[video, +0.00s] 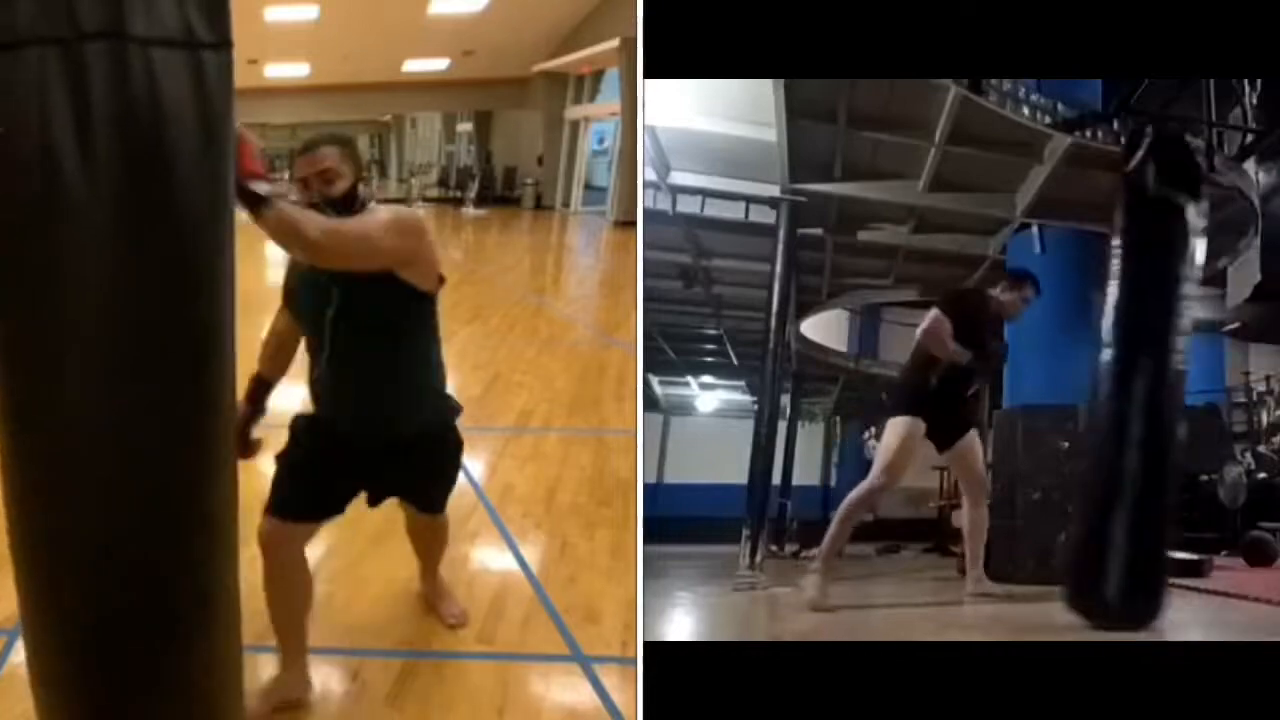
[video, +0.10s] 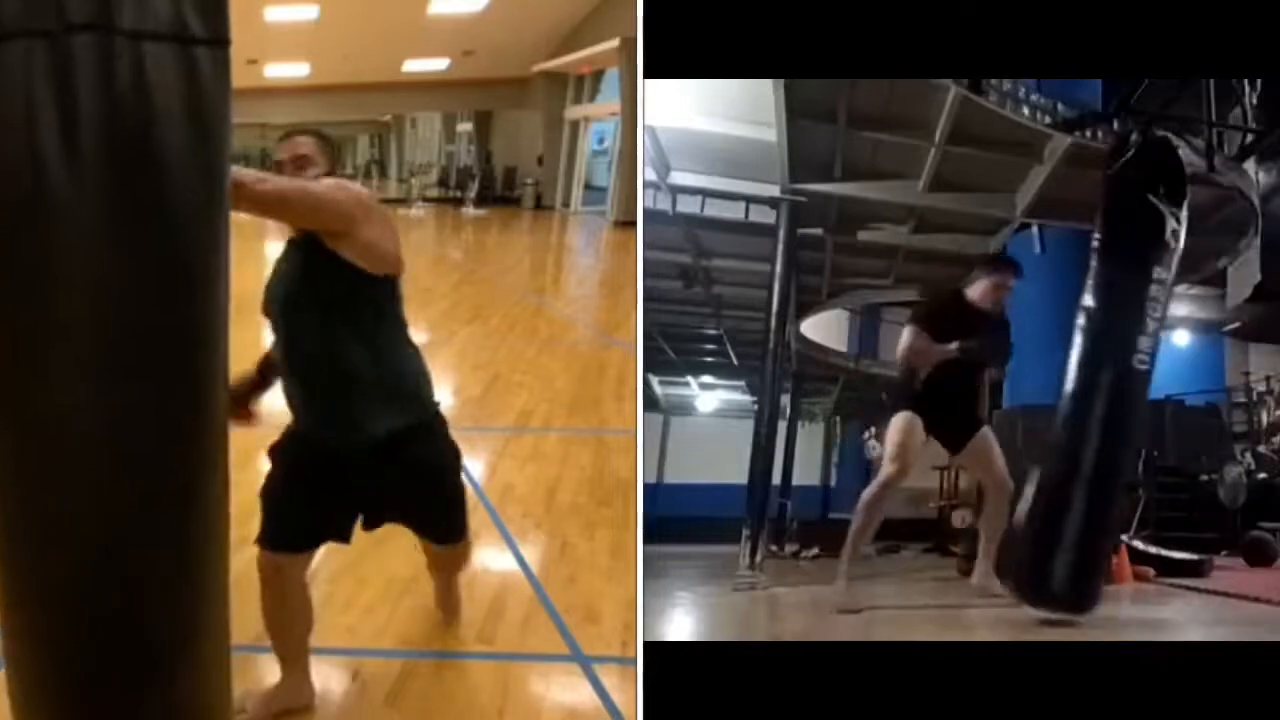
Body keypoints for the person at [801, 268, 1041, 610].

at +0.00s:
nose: (1022, 310)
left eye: (1027, 305)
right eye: (1023, 300)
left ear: (1020, 303)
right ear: (1007, 288)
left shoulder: (998, 336)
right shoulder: (969, 299)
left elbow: (979, 386)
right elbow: (929, 332)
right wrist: (962, 357)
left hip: (955, 410)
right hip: (917, 399)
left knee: (977, 489)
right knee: (881, 481)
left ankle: (976, 579)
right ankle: (820, 567)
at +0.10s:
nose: (1001, 297)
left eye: (1007, 290)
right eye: (997, 286)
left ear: (1009, 291)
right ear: (980, 279)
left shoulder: (998, 324)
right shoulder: (941, 303)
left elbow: (996, 362)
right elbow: (907, 351)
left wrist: (945, 350)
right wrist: (962, 354)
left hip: (962, 412)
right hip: (917, 404)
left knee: (1000, 486)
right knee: (893, 473)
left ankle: (983, 573)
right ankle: (845, 568)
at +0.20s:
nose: (979, 294)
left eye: (985, 287)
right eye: (973, 284)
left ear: (990, 290)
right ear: (954, 280)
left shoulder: (988, 323)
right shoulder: (920, 315)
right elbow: (894, 368)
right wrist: (937, 359)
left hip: (965, 420)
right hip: (918, 416)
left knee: (1004, 492)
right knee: (886, 483)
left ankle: (982, 558)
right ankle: (864, 588)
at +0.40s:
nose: (957, 248)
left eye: (963, 241)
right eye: (951, 237)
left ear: (968, 248)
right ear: (931, 237)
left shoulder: (960, 289)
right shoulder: (895, 270)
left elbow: (962, 334)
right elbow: (855, 310)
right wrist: (888, 316)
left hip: (930, 387)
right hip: (883, 382)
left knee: (959, 474)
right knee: (868, 462)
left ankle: (969, 569)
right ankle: (845, 577)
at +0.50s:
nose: (949, 243)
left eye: (955, 238)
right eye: (944, 233)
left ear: (957, 243)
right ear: (921, 229)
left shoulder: (944, 279)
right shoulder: (884, 261)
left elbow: (953, 330)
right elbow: (834, 301)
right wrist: (888, 302)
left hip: (913, 382)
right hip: (868, 376)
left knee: (943, 478)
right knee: (852, 463)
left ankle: (908, 569)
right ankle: (806, 569)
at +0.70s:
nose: (925, 254)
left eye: (929, 247)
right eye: (921, 243)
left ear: (919, 249)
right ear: (896, 236)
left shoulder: (904, 285)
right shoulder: (855, 263)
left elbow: (888, 338)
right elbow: (824, 310)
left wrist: (914, 352)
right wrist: (877, 315)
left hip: (878, 386)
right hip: (836, 381)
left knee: (934, 460)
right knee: (811, 479)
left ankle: (901, 554)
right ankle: (771, 588)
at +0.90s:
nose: (914, 240)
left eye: (918, 236)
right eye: (910, 230)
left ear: (914, 240)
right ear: (886, 221)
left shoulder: (902, 271)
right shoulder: (848, 238)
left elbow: (914, 324)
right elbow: (838, 267)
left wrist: (921, 328)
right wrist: (893, 275)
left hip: (878, 379)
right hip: (829, 374)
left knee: (913, 478)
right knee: (800, 476)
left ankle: (919, 576)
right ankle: (772, 590)